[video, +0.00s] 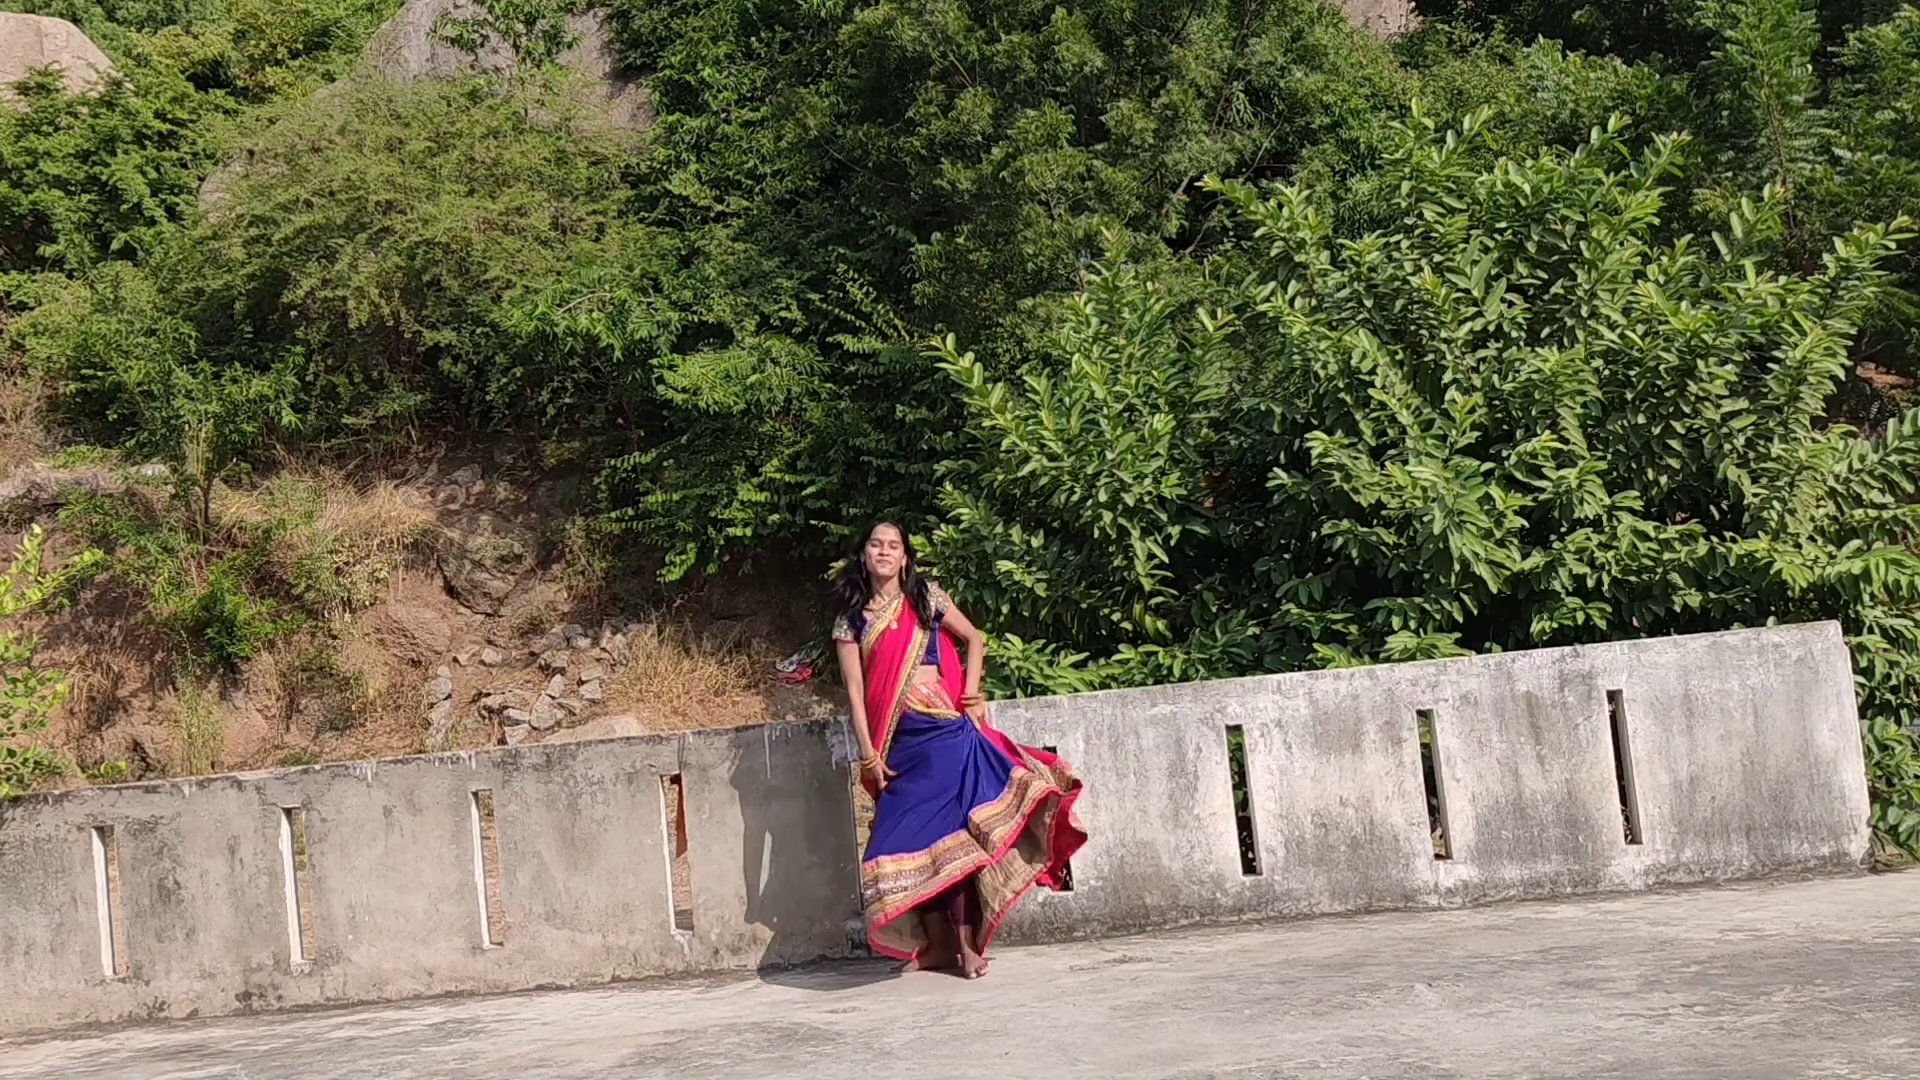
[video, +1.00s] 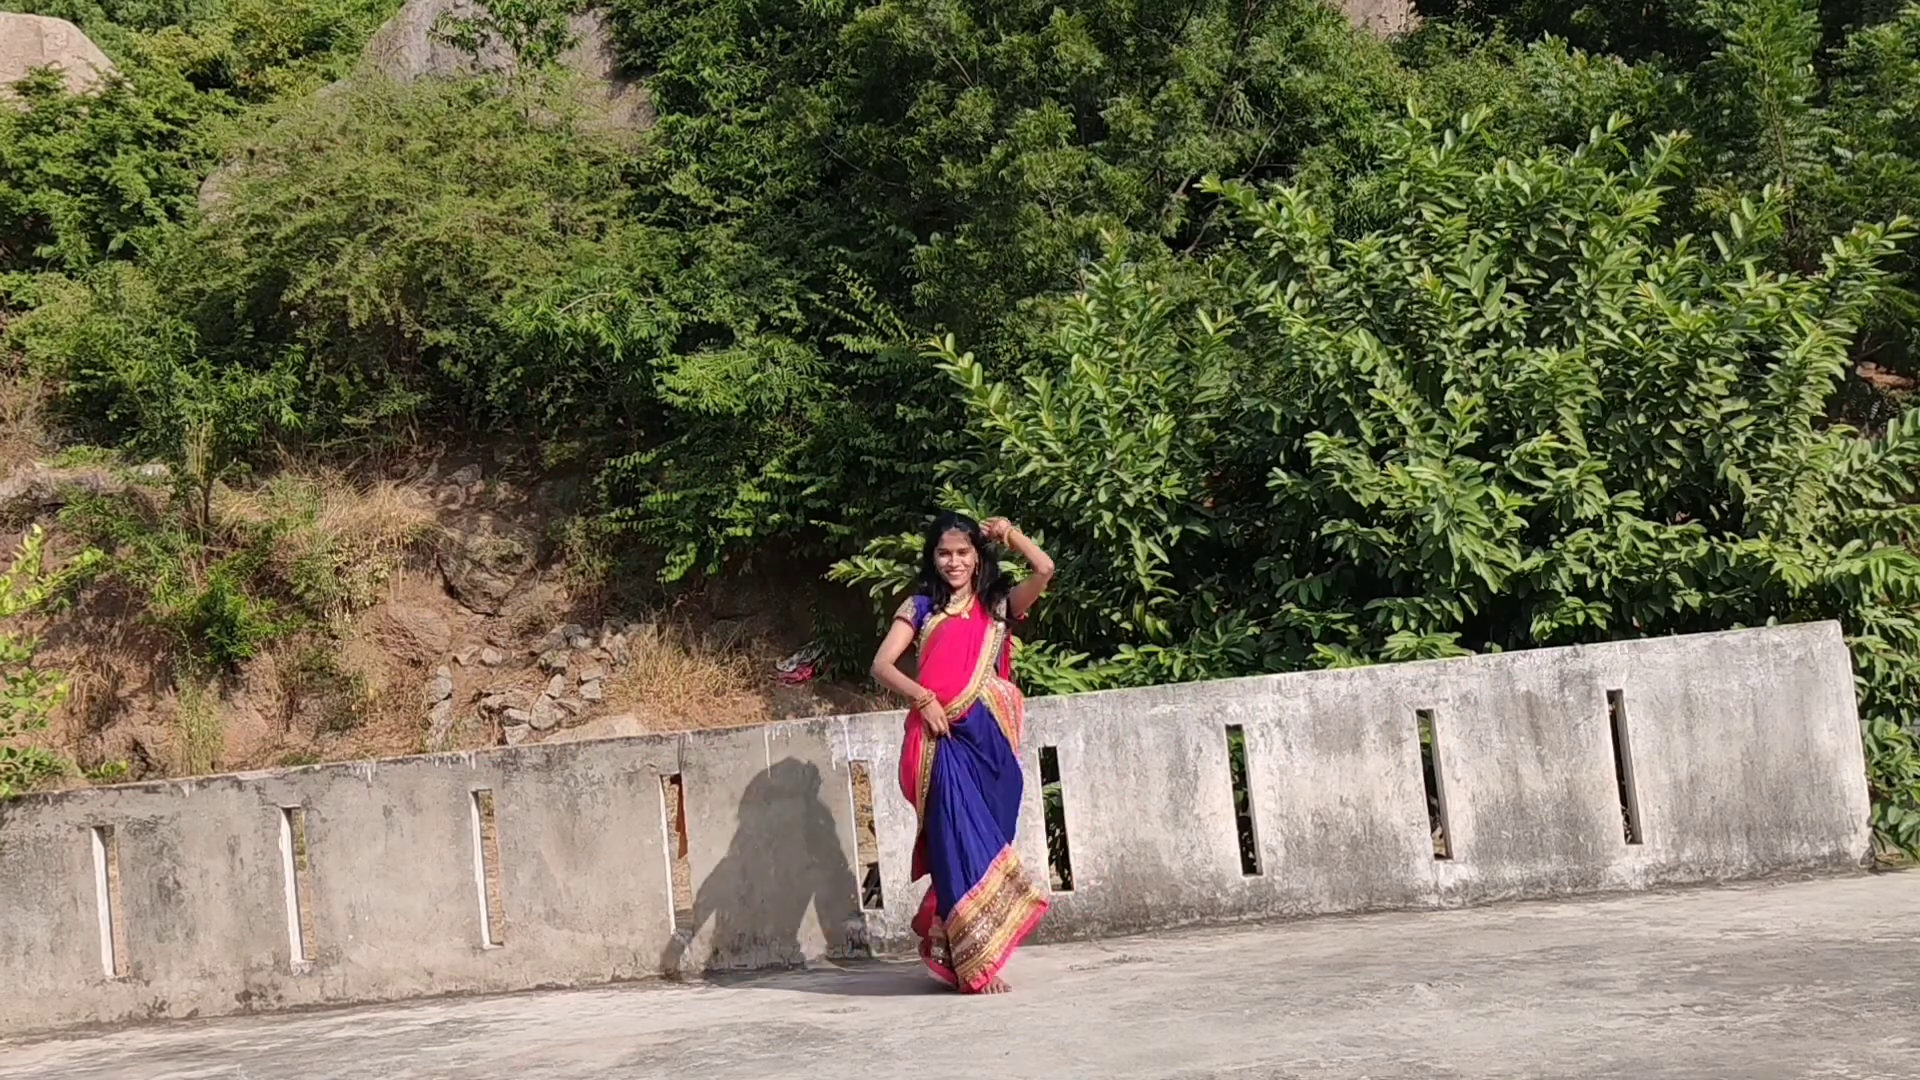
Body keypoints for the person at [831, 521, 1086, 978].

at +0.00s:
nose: (884, 552)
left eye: (892, 546)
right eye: (876, 544)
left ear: (905, 557)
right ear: (863, 554)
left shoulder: (927, 597)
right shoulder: (851, 621)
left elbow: (974, 638)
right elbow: (855, 690)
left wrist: (971, 691)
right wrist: (869, 752)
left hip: (949, 731)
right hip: (900, 739)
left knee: (959, 831)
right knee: (915, 835)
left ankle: (966, 943)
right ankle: (936, 942)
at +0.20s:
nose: (903, 558)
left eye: (912, 550)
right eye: (895, 550)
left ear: (926, 557)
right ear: (883, 557)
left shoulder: (938, 607)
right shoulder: (870, 614)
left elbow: (951, 665)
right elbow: (874, 687)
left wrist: (978, 691)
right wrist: (893, 749)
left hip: (966, 726)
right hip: (920, 738)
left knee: (986, 819)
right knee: (951, 831)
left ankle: (1002, 932)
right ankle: (971, 942)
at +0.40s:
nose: (924, 569)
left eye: (932, 560)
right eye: (916, 560)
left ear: (946, 563)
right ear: (903, 564)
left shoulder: (958, 611)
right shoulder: (891, 612)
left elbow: (981, 674)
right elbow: (867, 680)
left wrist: (1009, 668)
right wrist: (910, 726)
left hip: (981, 732)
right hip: (934, 741)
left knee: (983, 834)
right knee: (940, 844)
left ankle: (984, 945)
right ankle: (917, 922)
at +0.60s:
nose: (940, 570)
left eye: (948, 561)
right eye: (932, 562)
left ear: (963, 561)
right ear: (921, 563)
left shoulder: (978, 603)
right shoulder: (905, 604)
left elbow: (1038, 626)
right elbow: (867, 665)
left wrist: (1016, 572)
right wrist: (901, 701)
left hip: (975, 720)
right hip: (928, 725)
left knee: (982, 820)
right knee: (967, 819)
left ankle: (977, 934)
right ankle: (969, 936)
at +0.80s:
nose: (949, 570)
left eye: (957, 560)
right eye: (940, 562)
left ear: (973, 559)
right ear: (929, 563)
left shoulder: (991, 602)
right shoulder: (916, 603)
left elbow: (1021, 584)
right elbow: (882, 666)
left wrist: (1001, 544)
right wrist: (914, 683)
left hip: (985, 725)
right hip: (937, 727)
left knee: (967, 830)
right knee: (965, 831)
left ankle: (939, 940)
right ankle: (978, 953)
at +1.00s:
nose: (952, 562)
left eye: (961, 553)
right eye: (944, 554)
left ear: (978, 557)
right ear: (933, 559)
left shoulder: (1000, 604)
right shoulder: (921, 606)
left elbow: (1044, 571)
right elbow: (881, 665)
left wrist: (1010, 534)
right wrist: (923, 697)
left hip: (990, 733)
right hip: (940, 735)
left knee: (982, 837)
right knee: (961, 840)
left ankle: (938, 925)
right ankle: (978, 963)